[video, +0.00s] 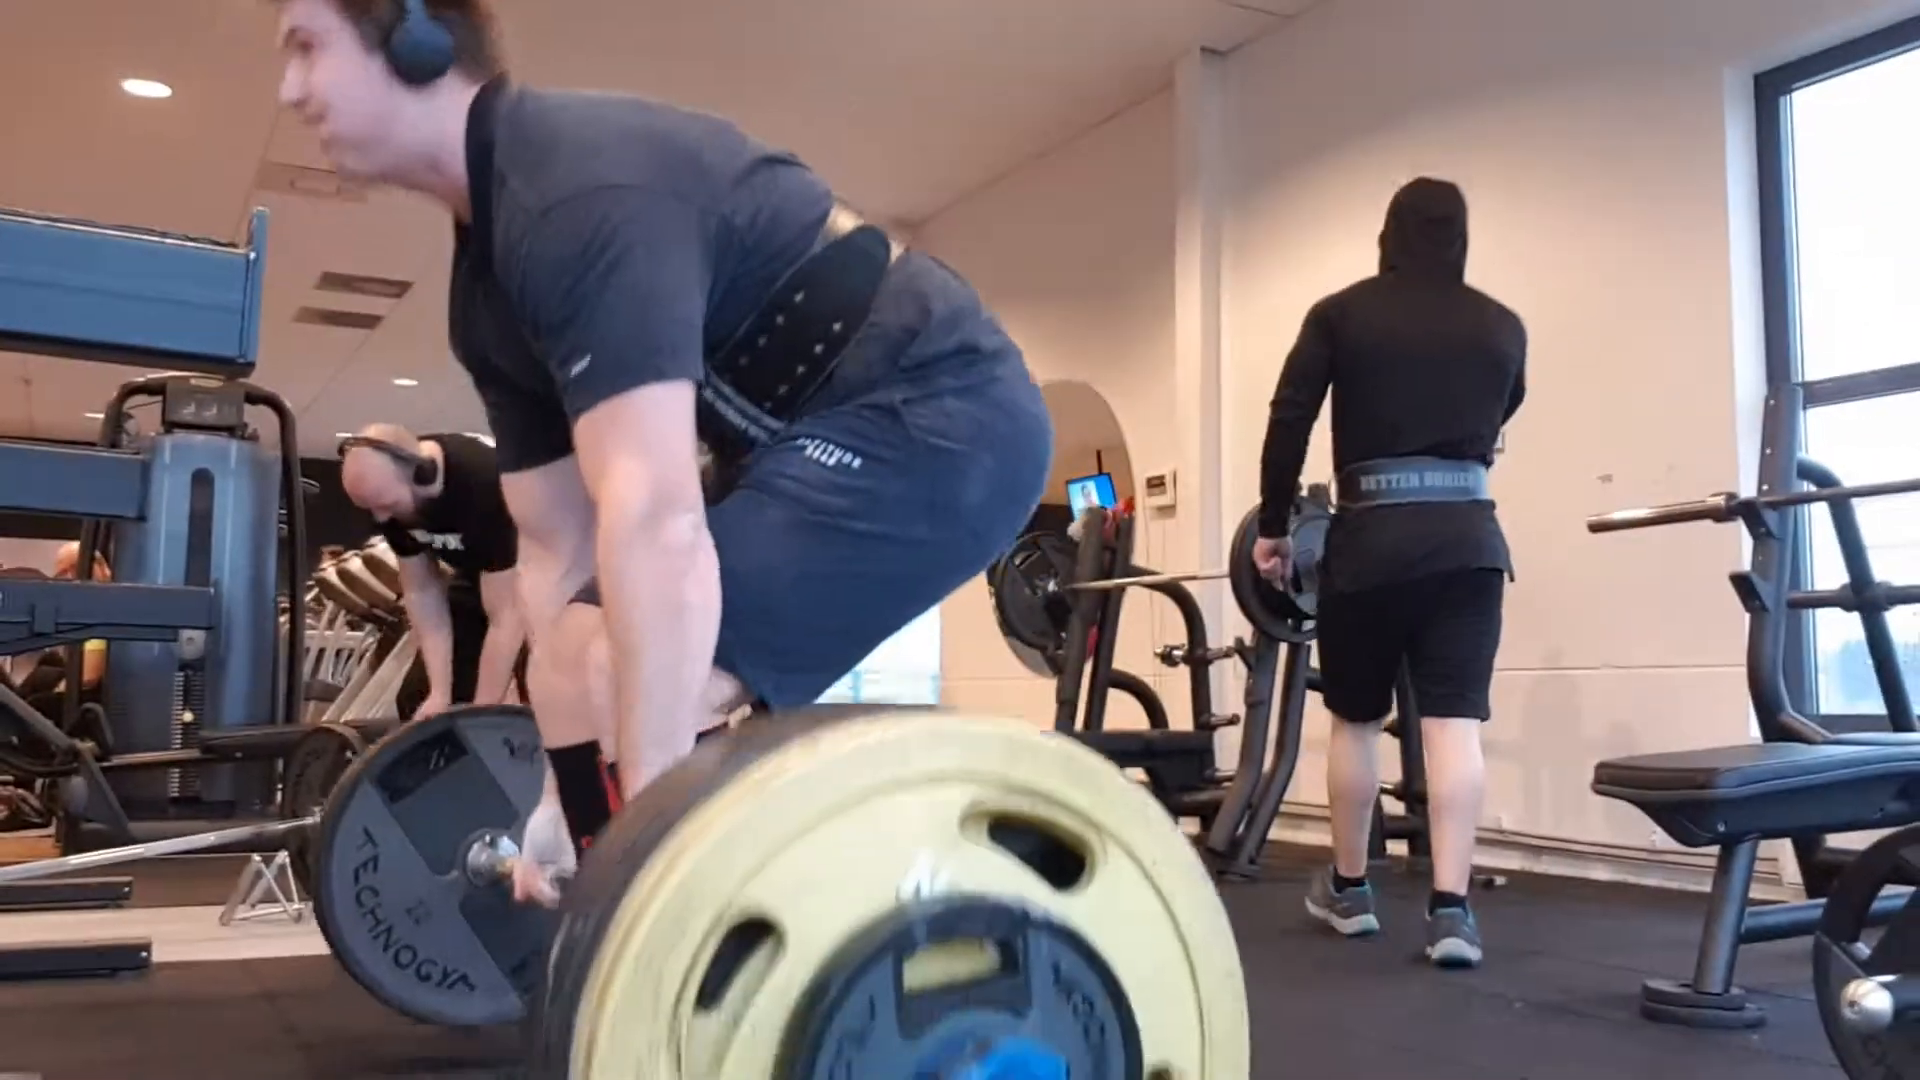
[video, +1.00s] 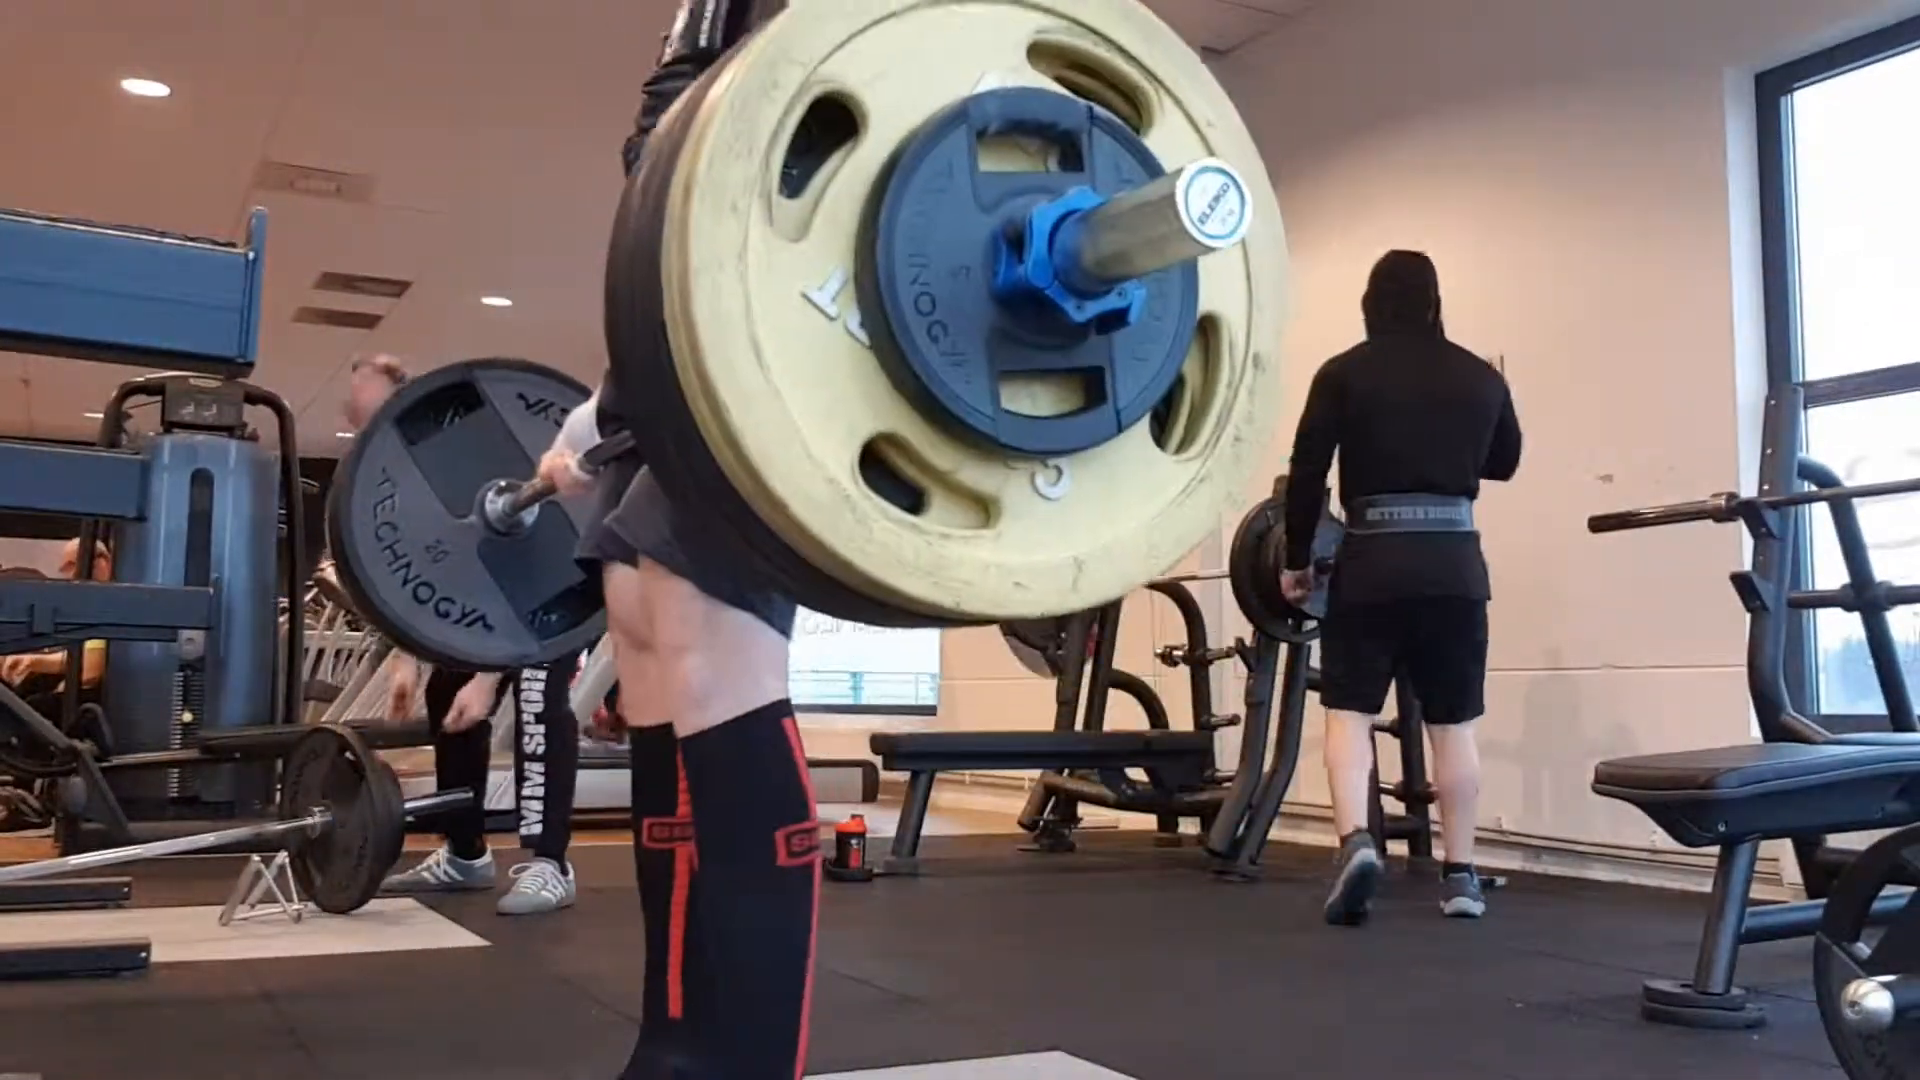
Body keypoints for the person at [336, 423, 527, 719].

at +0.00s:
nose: (381, 518)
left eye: (387, 506)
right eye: (371, 510)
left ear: (418, 476)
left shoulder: (485, 487)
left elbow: (506, 618)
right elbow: (423, 594)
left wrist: (482, 717)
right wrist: (440, 693)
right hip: (474, 586)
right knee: (415, 698)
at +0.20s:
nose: (362, 540)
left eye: (367, 526)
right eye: (353, 531)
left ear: (398, 495)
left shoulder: (476, 502)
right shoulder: (381, 526)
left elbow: (503, 629)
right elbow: (415, 617)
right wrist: (432, 698)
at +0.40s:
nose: (357, 546)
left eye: (356, 534)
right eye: (345, 541)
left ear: (378, 504)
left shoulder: (477, 508)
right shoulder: (379, 539)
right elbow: (422, 621)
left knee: (533, 713)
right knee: (448, 716)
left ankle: (548, 860)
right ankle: (458, 853)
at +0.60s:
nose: (350, 542)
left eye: (353, 528)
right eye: (339, 533)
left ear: (379, 498)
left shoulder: (453, 515)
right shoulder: (388, 541)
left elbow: (466, 635)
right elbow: (412, 637)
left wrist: (421, 732)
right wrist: (397, 727)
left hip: (534, 628)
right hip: (468, 632)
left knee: (518, 714)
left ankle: (544, 863)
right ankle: (459, 854)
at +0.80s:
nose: (355, 508)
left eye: (359, 494)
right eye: (346, 500)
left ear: (391, 465)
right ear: (335, 488)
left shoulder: (453, 502)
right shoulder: (384, 527)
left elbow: (479, 630)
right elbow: (404, 630)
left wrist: (433, 729)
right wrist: (400, 723)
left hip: (540, 608)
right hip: (468, 618)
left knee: (521, 695)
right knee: (426, 708)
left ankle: (543, 863)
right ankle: (460, 853)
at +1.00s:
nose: (356, 424)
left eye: (363, 410)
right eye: (354, 413)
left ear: (398, 395)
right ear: (365, 410)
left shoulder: (460, 444)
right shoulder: (392, 461)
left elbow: (515, 564)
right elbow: (419, 562)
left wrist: (490, 674)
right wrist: (406, 651)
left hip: (538, 589)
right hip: (471, 595)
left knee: (540, 701)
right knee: (450, 696)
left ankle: (549, 862)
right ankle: (465, 853)